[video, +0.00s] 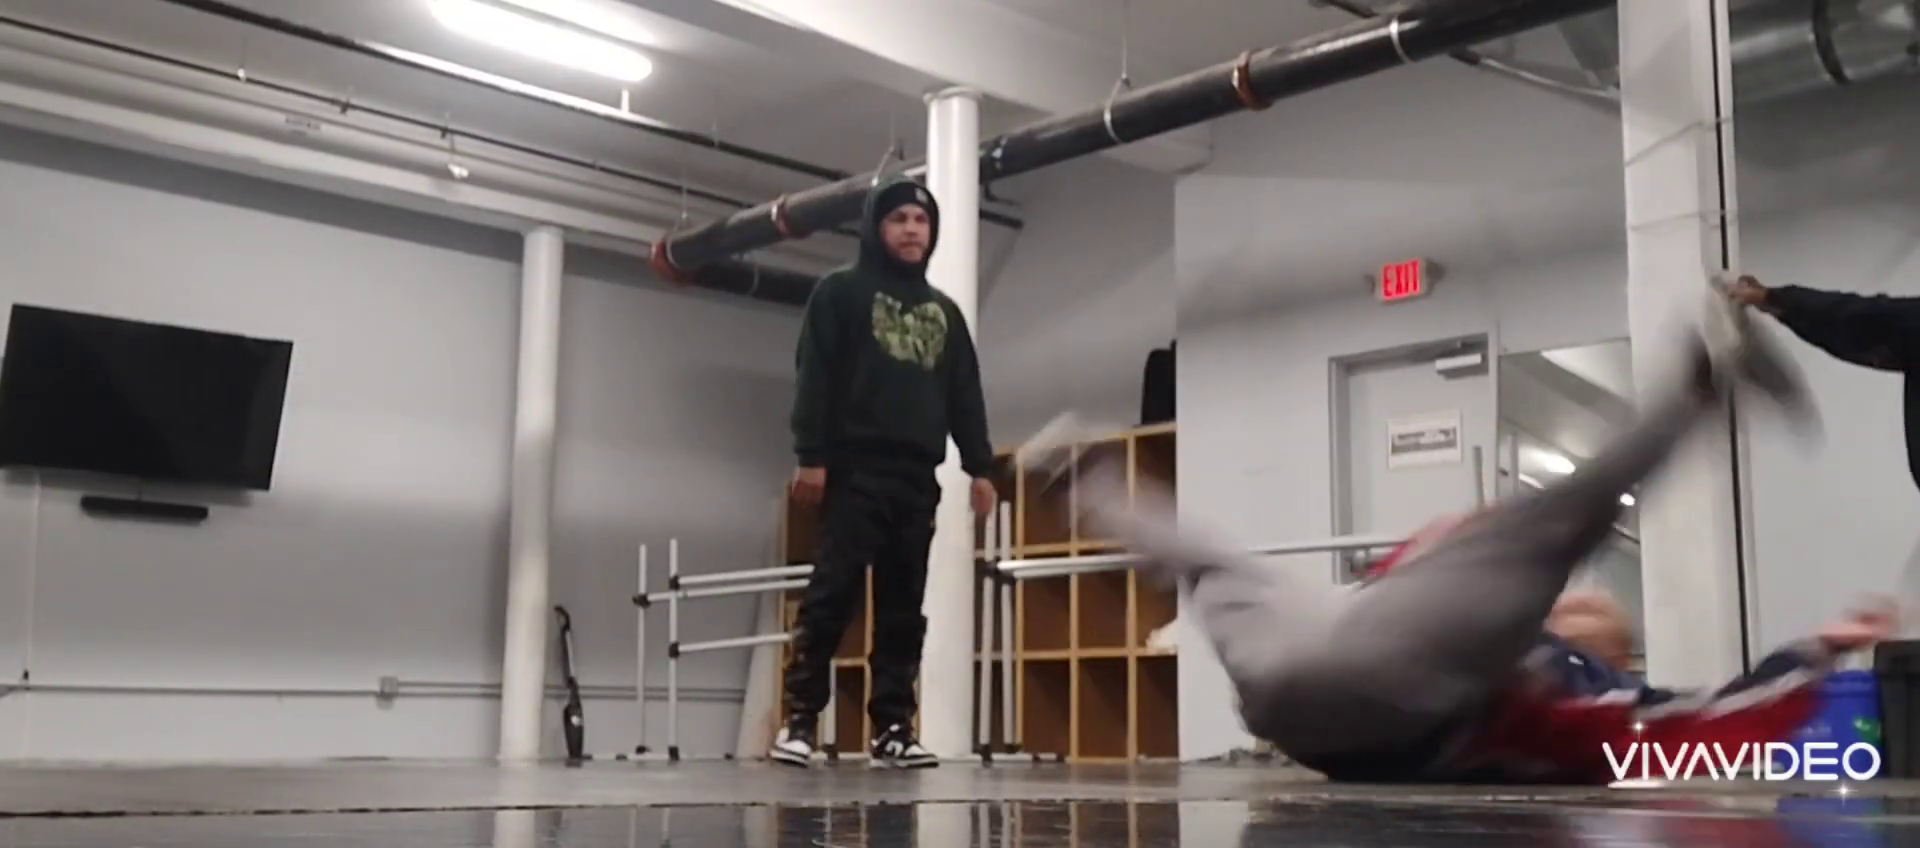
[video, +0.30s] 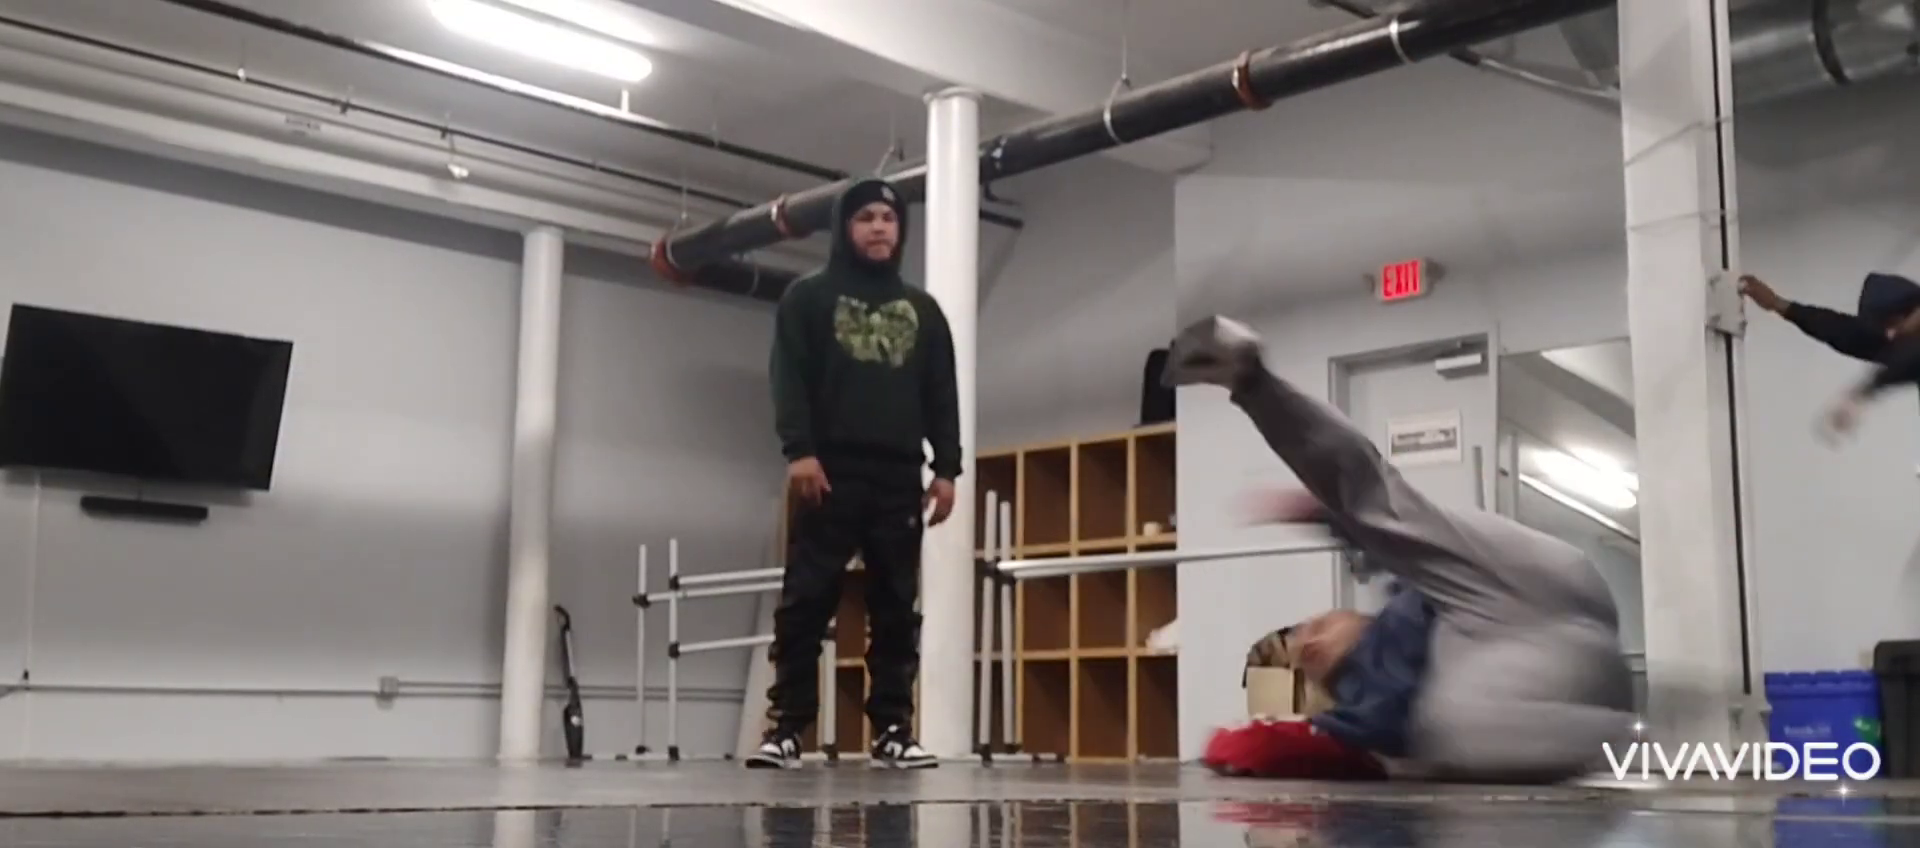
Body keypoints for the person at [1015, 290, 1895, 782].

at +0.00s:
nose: (1573, 607)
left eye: (1590, 615)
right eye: (1568, 606)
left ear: (1615, 657)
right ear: (1542, 626)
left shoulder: (1601, 708)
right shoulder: (1501, 657)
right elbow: (1393, 578)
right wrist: (1466, 539)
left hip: (1365, 702)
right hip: (1288, 684)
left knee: (1561, 512)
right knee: (1211, 561)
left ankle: (1703, 388)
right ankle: (1084, 478)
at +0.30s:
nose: (1303, 644)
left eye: (1303, 631)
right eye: (1295, 661)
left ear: (1339, 612)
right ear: (1317, 688)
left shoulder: (1406, 600)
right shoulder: (1358, 717)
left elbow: (1415, 541)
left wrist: (1326, 513)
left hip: (1545, 594)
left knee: (1386, 508)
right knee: (1456, 729)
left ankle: (1248, 377)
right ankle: (1639, 742)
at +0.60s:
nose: (1174, 678)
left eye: (1163, 667)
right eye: (1168, 669)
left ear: (1173, 645)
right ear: (1207, 596)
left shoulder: (1230, 639)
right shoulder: (1276, 615)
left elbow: (1299, 728)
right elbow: (1347, 723)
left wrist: (1276, 753)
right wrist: (1263, 757)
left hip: (1501, 705)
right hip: (1510, 672)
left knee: (1735, 721)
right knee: (1712, 668)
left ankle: (1908, 704)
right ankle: (1649, 490)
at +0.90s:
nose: (1177, 660)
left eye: (1165, 649)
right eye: (1166, 652)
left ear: (1176, 631)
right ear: (1200, 575)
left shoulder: (1250, 615)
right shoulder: (1275, 559)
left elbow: (1351, 639)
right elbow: (1301, 682)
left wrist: (1337, 750)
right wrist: (1272, 749)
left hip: (1525, 731)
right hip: (1529, 622)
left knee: (1570, 767)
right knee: (1598, 635)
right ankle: (1710, 627)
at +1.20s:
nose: (1205, 656)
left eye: (1187, 650)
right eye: (1191, 652)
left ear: (1194, 635)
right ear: (1212, 574)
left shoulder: (1273, 592)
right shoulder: (1265, 565)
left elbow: (1333, 659)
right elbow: (1310, 674)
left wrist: (1336, 745)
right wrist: (1265, 752)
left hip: (1527, 651)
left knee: (1413, 755)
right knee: (1406, 741)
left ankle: (1576, 756)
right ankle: (1570, 752)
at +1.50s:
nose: (1239, 701)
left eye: (1229, 693)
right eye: (1225, 700)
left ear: (1238, 646)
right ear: (1223, 630)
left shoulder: (1295, 581)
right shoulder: (1255, 577)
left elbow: (1384, 650)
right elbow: (1301, 671)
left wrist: (1390, 745)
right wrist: (1263, 735)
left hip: (1513, 614)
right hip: (1531, 568)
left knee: (1423, 749)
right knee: (1612, 667)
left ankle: (1565, 757)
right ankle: (1756, 620)